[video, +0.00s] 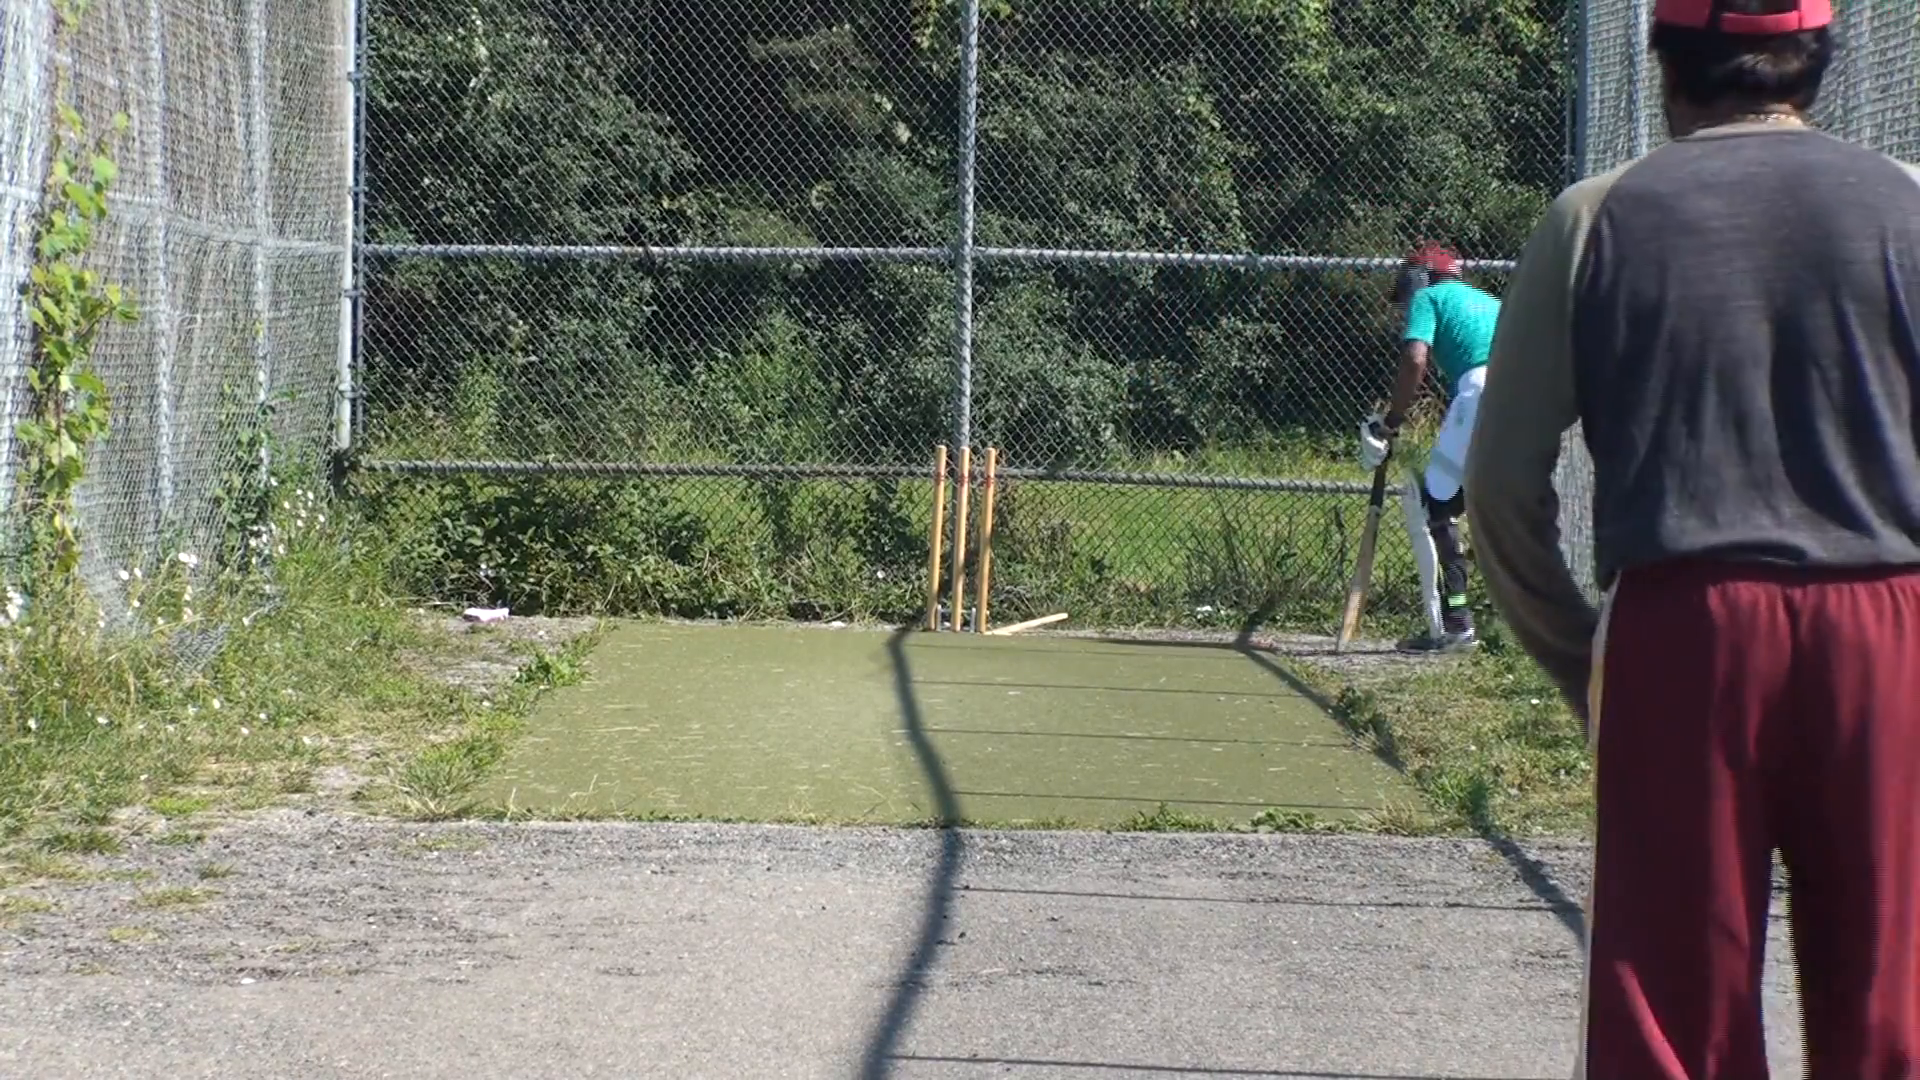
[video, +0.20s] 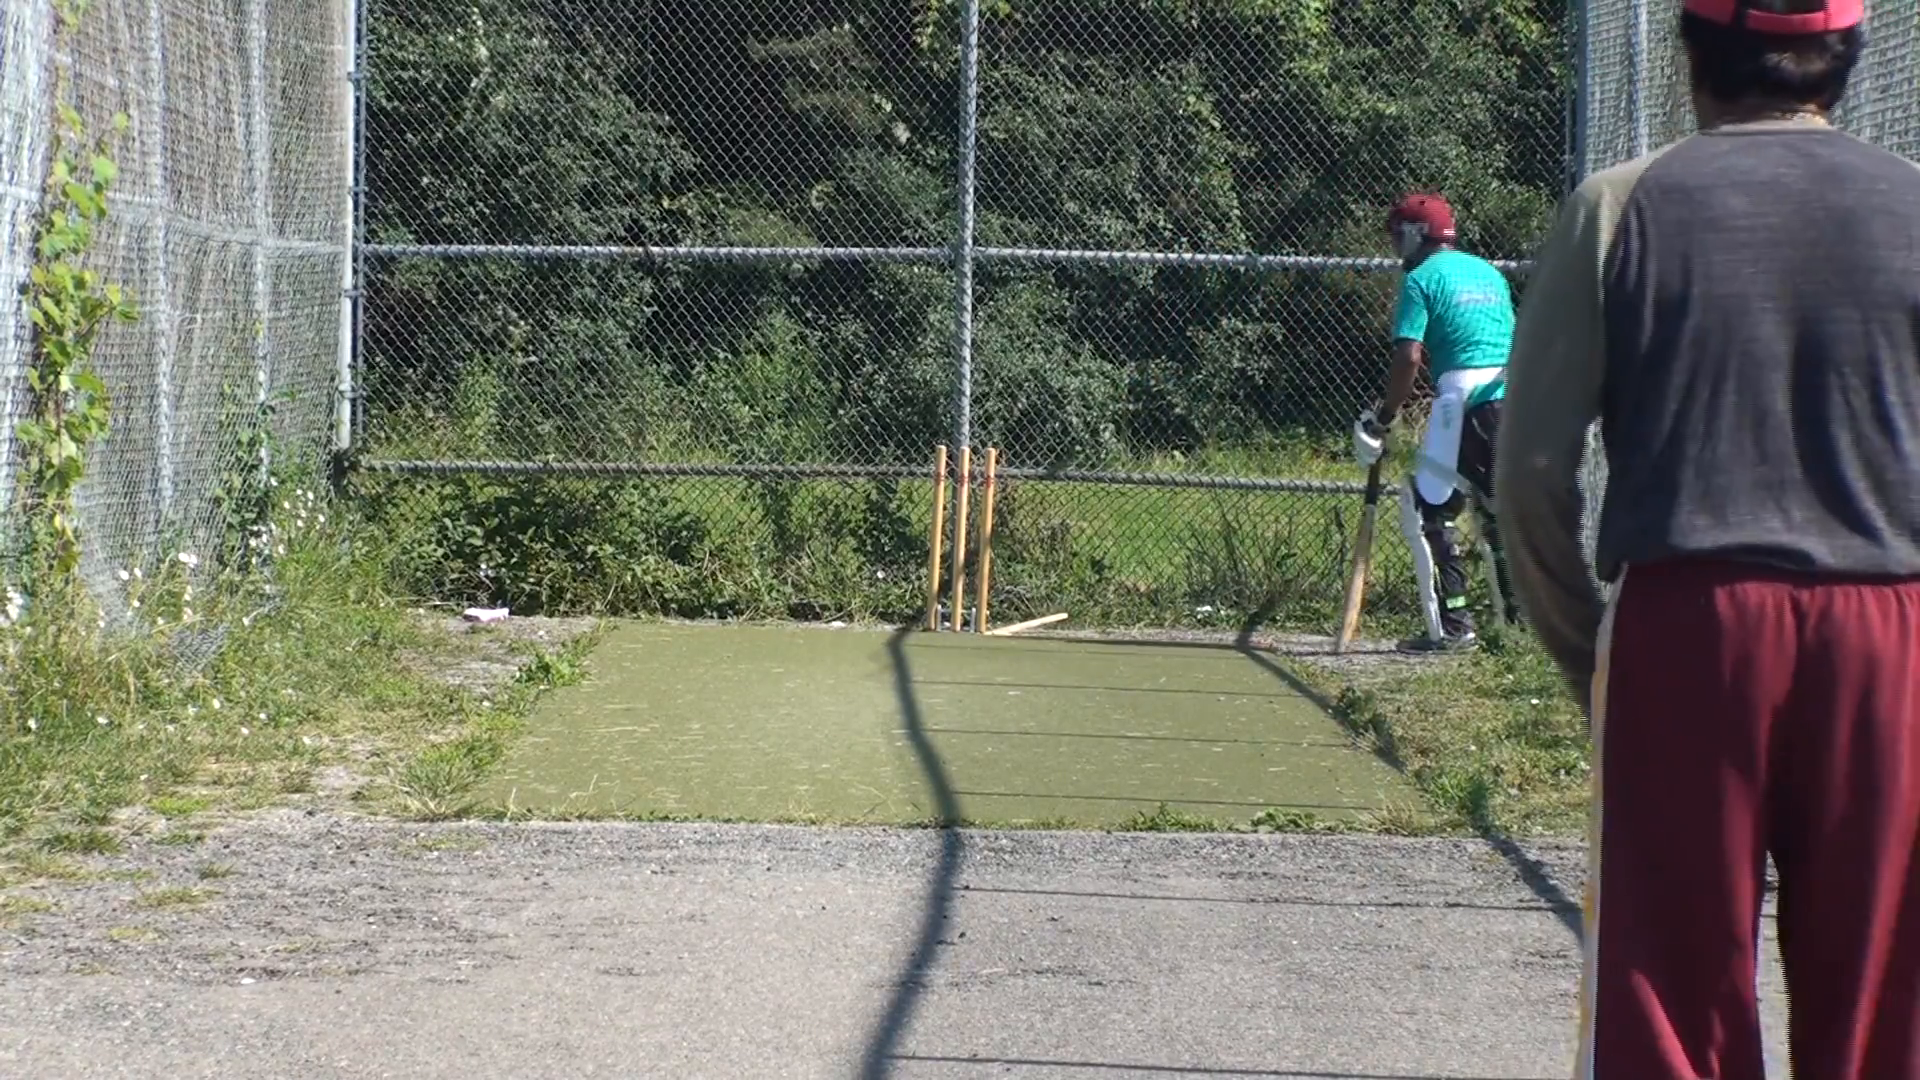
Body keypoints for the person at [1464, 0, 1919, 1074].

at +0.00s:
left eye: (1659, 61)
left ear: (1667, 72)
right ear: (1817, 68)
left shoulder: (1593, 218)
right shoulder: (1899, 199)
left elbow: (1500, 482)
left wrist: (1583, 658)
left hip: (1685, 637)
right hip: (1887, 637)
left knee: (1674, 994)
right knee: (1883, 990)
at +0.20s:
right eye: (1834, 33)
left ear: (1696, 57)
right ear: (1844, 61)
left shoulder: (1616, 206)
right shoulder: (1905, 197)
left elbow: (1529, 472)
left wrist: (1589, 646)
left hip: (1691, 630)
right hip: (1890, 635)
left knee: (1676, 983)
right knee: (1877, 988)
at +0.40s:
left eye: (1724, 43)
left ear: (1727, 62)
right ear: (1871, 69)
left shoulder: (1641, 203)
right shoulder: (1908, 194)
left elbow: (1570, 459)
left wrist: (1634, 615)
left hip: (1712, 628)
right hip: (1897, 632)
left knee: (1688, 970)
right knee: (1883, 976)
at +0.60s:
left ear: (1742, 59)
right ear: (1885, 72)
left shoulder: (1662, 200)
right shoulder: (1912, 191)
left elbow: (1592, 460)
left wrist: (1660, 625)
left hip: (1733, 622)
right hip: (1904, 625)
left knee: (1706, 964)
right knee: (1896, 968)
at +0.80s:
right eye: (1875, 44)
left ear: (1750, 59)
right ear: (1894, 71)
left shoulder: (1668, 198)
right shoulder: (1913, 184)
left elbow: (1580, 463)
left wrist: (1652, 608)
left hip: (1741, 626)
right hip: (1908, 628)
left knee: (1710, 981)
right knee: (1899, 983)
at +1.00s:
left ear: (1742, 52)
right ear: (1893, 51)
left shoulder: (1680, 196)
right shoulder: (1919, 183)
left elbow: (1495, 330)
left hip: (1736, 647)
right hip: (1913, 651)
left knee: (1706, 992)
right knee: (1902, 996)